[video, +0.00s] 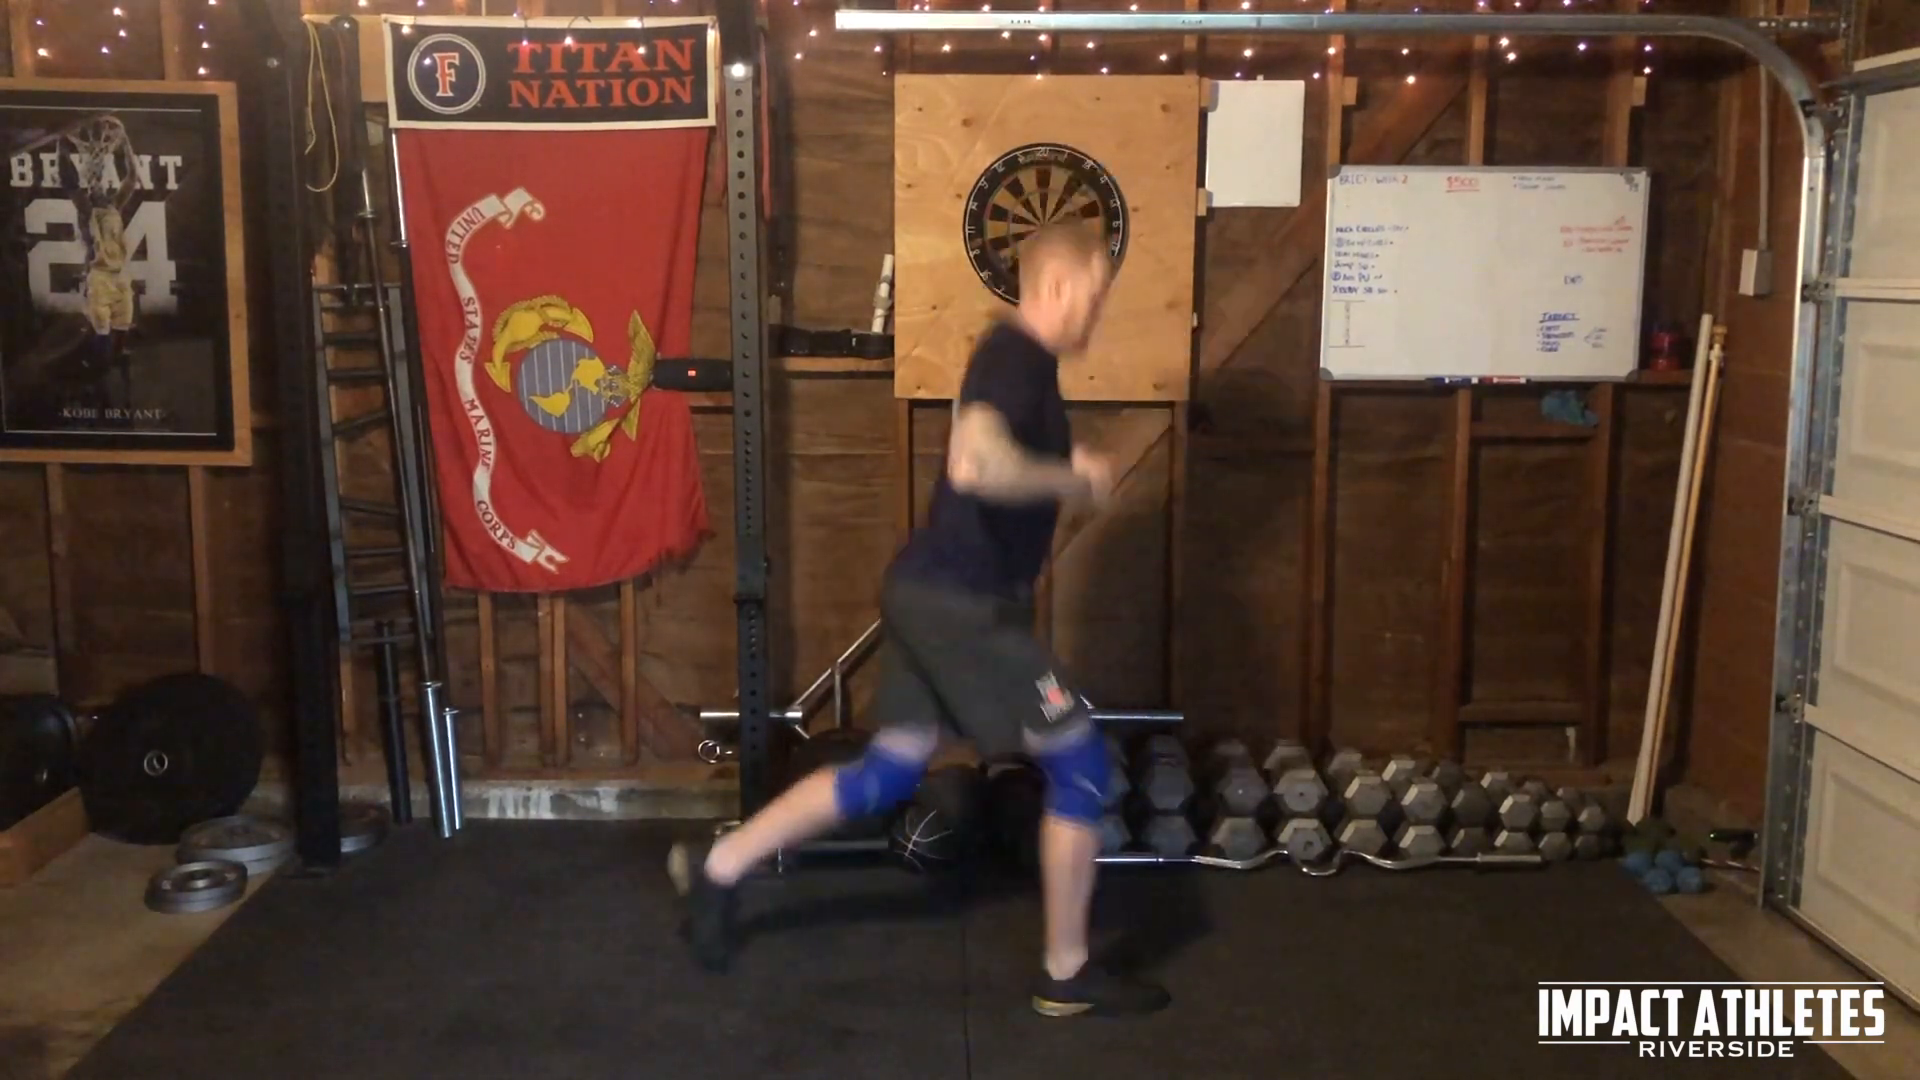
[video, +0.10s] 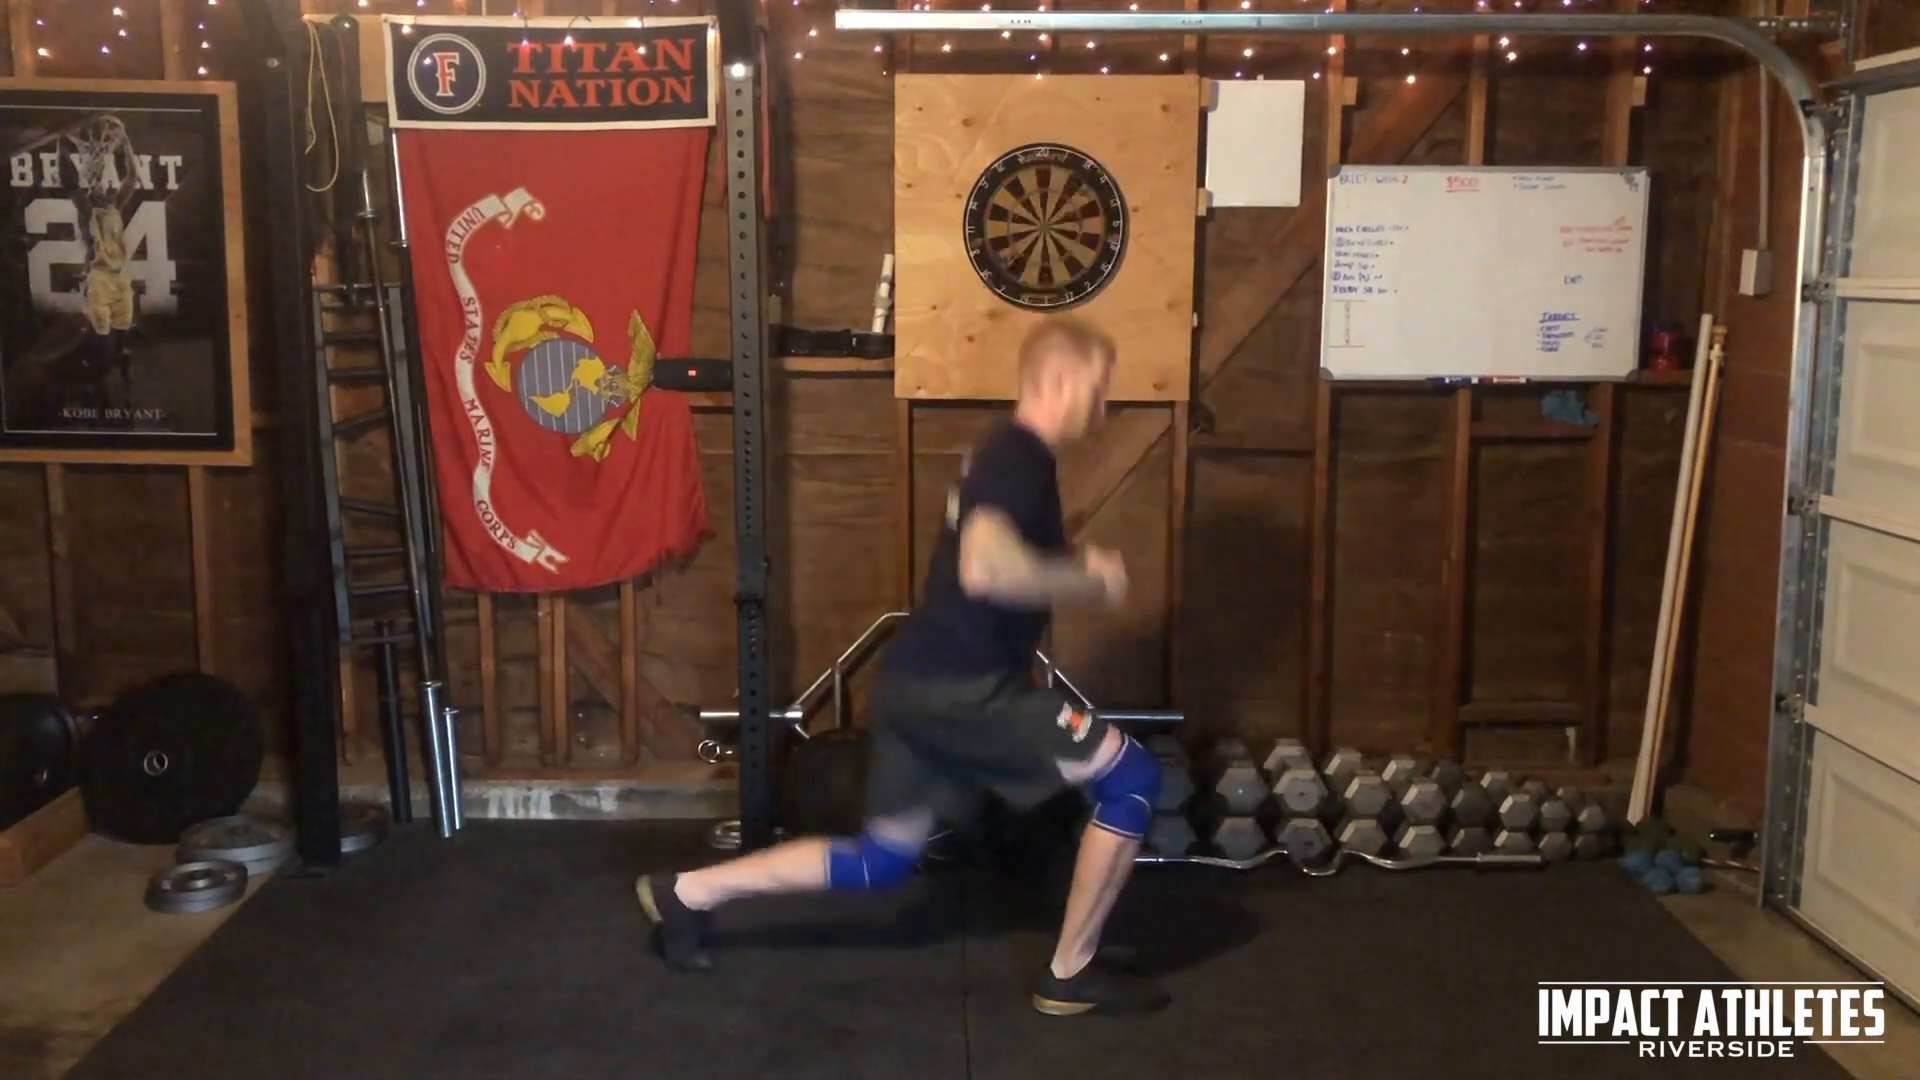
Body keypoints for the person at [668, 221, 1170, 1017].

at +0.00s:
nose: (1101, 308)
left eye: (1104, 292)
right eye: (1096, 290)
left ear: (1044, 283)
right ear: (1055, 283)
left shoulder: (1024, 359)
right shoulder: (1013, 356)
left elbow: (995, 465)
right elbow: (974, 462)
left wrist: (1072, 470)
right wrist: (1073, 476)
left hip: (933, 594)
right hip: (957, 602)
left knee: (887, 770)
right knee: (1079, 760)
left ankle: (717, 865)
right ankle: (1068, 971)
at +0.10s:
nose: (1103, 404)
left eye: (1104, 389)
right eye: (1098, 388)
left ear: (1044, 382)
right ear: (1059, 382)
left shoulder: (1004, 450)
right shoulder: (1019, 456)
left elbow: (993, 560)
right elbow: (985, 568)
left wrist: (1074, 560)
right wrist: (1089, 579)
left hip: (920, 685)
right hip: (963, 689)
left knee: (883, 858)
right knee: (1131, 782)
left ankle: (684, 892)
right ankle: (1071, 970)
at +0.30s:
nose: (1102, 503)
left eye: (1102, 489)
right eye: (1098, 489)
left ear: (1044, 488)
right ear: (1059, 488)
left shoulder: (999, 550)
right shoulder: (1019, 559)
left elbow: (996, 692)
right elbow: (994, 698)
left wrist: (1079, 730)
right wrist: (1094, 706)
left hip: (917, 775)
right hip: (953, 775)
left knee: (905, 944)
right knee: (1151, 789)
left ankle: (719, 890)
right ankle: (1072, 972)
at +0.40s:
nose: (1101, 492)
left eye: (1101, 478)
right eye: (1097, 477)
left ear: (1047, 476)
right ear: (1059, 476)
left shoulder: (1000, 539)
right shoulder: (1026, 552)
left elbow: (986, 680)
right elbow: (1004, 696)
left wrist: (1059, 727)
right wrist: (1101, 690)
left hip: (917, 768)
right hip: (959, 769)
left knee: (903, 934)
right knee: (1149, 788)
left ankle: (711, 889)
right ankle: (1071, 975)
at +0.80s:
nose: (1118, 216)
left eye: (1121, 200)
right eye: (1114, 198)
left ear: (1058, 186)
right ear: (1072, 185)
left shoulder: (1027, 264)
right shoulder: (1036, 269)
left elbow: (1021, 386)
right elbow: (1008, 389)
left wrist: (1094, 391)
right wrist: (1102, 394)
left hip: (958, 504)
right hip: (983, 514)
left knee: (962, 692)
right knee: (1009, 705)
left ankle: (858, 857)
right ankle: (953, 908)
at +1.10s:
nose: (1102, 349)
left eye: (1104, 334)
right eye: (1096, 333)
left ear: (1054, 329)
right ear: (1057, 330)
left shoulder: (1035, 409)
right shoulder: (1020, 409)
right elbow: (1005, 537)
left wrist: (1081, 539)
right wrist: (1090, 535)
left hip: (1020, 655)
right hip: (959, 657)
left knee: (1122, 751)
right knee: (890, 831)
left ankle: (1079, 937)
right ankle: (682, 942)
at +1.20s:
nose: (1102, 431)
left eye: (1103, 416)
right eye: (1096, 414)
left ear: (1046, 416)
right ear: (1052, 417)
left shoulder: (1018, 489)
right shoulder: (1019, 495)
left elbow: (1011, 607)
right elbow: (990, 626)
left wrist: (1076, 632)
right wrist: (1079, 646)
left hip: (1019, 711)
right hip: (953, 731)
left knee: (1146, 766)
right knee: (887, 929)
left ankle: (1079, 939)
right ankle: (669, 946)